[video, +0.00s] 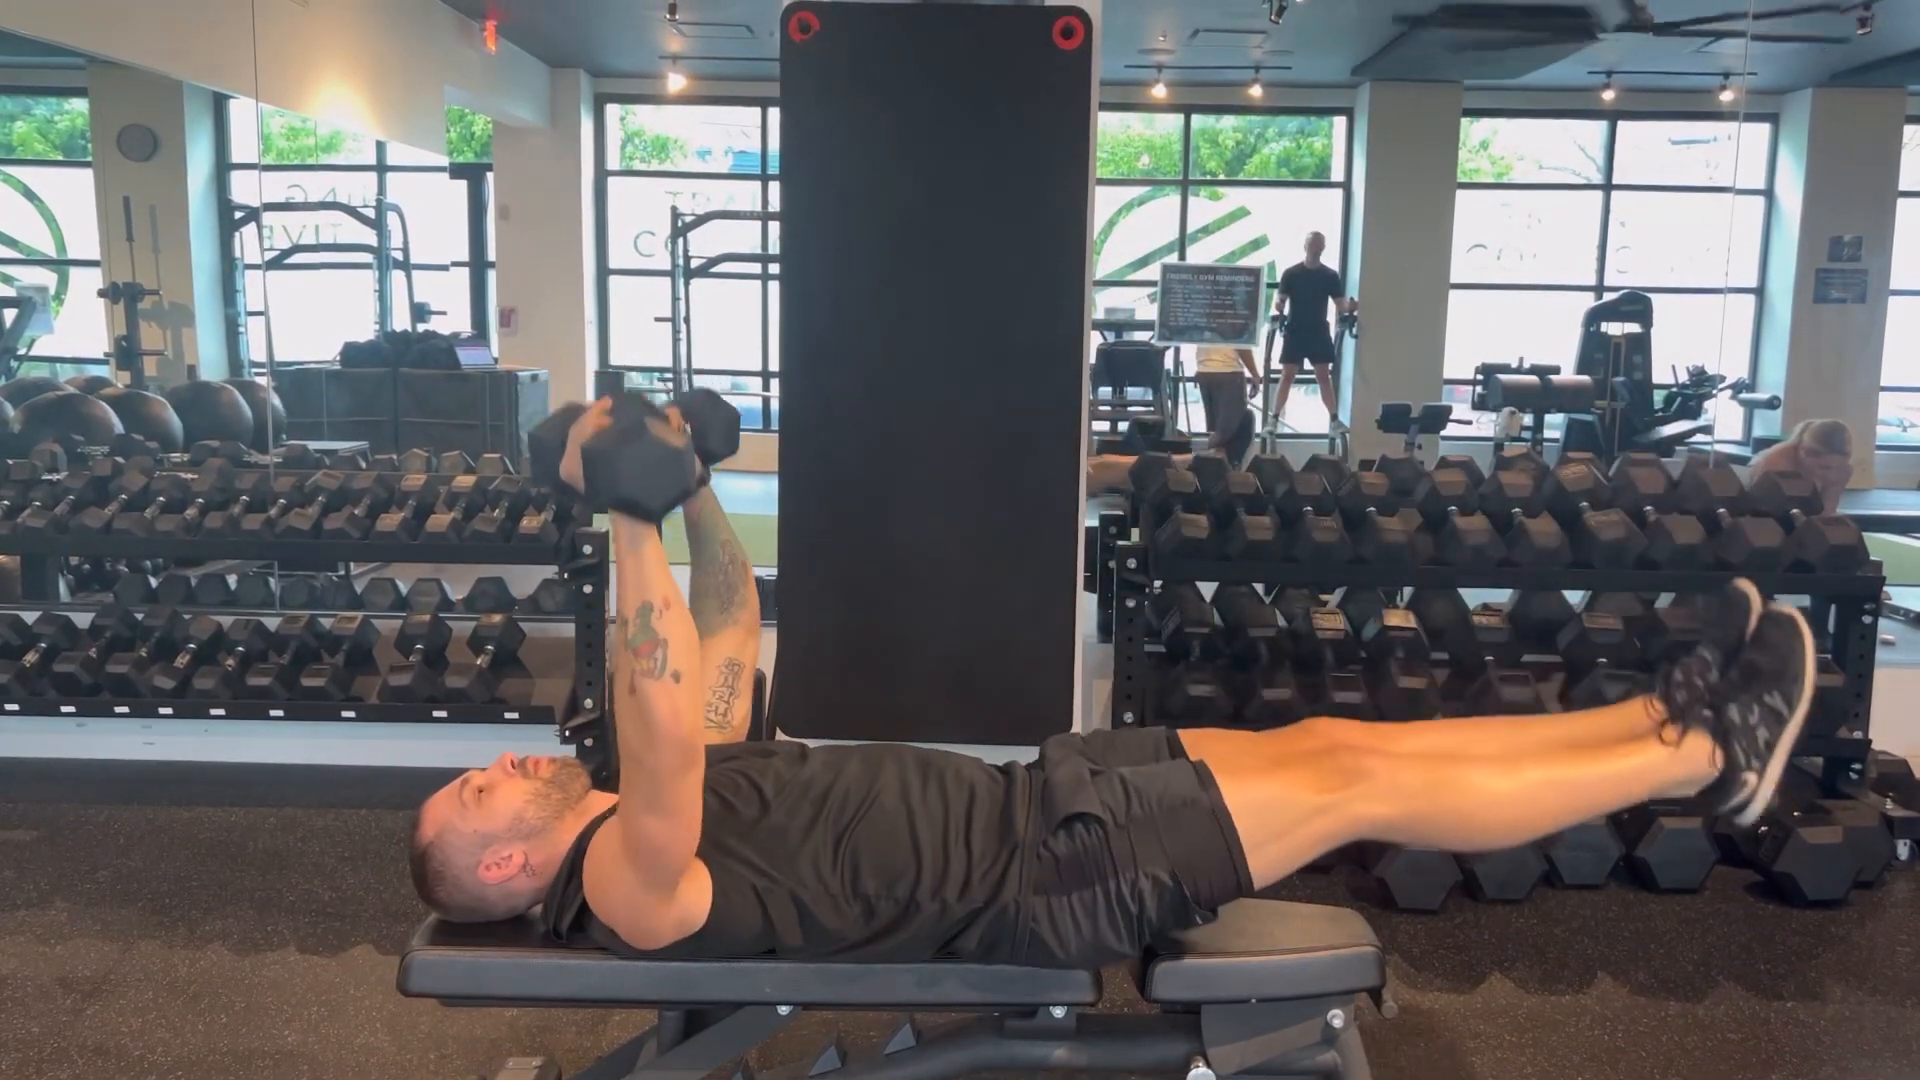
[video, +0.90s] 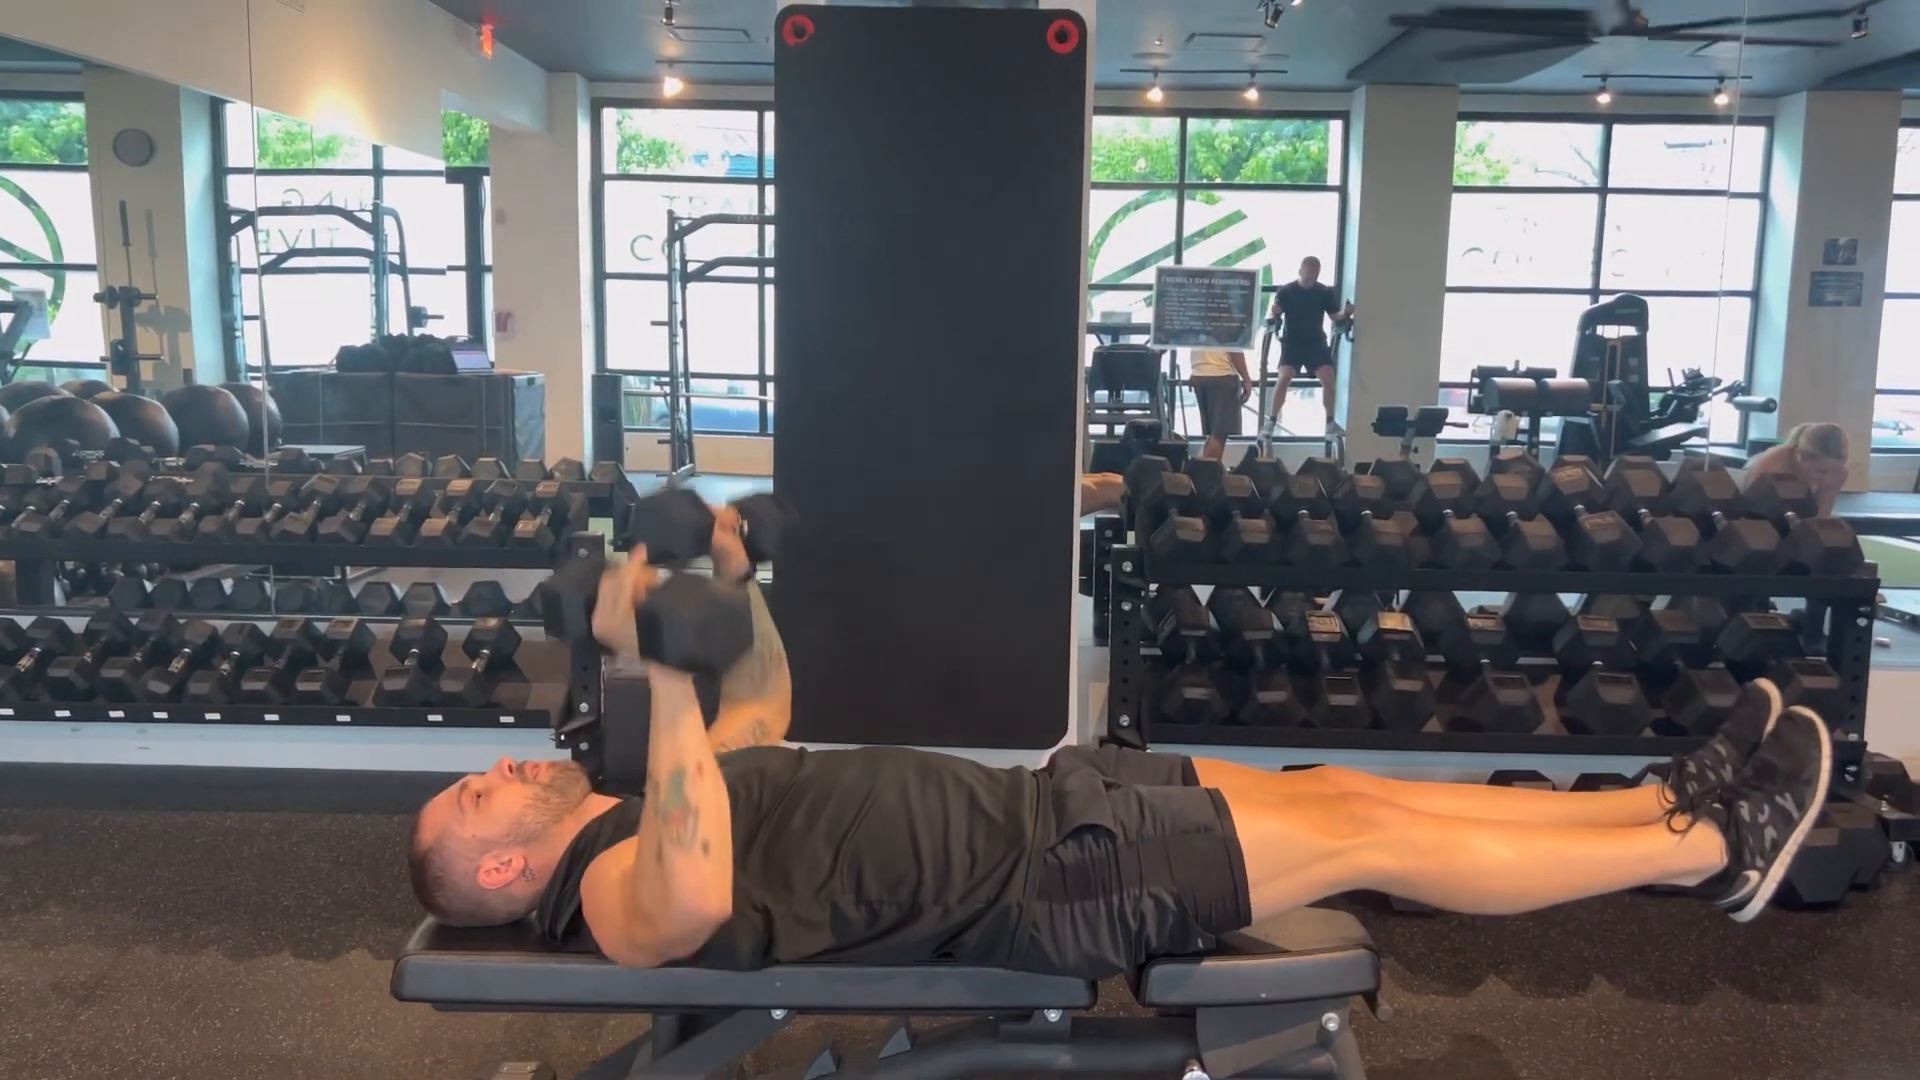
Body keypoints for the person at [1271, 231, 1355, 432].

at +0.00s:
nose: (1314, 250)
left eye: (1317, 246)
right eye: (1311, 246)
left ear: (1322, 248)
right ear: (1306, 246)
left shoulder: (1330, 276)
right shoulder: (1291, 274)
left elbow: (1340, 305)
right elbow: (1280, 302)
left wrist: (1351, 306)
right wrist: (1280, 311)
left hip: (1319, 330)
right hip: (1294, 329)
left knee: (1323, 375)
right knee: (1288, 374)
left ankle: (1334, 419)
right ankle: (1274, 418)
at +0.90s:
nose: (1309, 280)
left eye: (1312, 277)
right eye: (1306, 276)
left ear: (1318, 275)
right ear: (1299, 272)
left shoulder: (1325, 293)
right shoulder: (1287, 292)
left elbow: (1335, 317)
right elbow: (1274, 315)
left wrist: (1345, 314)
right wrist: (1273, 314)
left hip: (1316, 342)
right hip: (1292, 342)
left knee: (1328, 378)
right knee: (1284, 378)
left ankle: (1330, 423)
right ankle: (1271, 421)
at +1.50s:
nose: (1307, 282)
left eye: (1310, 278)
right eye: (1303, 278)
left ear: (1315, 278)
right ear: (1297, 277)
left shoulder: (1321, 300)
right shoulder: (1285, 300)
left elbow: (1333, 323)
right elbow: (1271, 324)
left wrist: (1344, 319)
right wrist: (1272, 319)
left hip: (1314, 352)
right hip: (1291, 353)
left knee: (1314, 399)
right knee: (1290, 399)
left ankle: (1311, 442)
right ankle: (1286, 441)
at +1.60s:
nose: (1306, 284)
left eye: (1309, 280)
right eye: (1302, 279)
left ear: (1314, 280)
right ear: (1296, 279)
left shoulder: (1320, 301)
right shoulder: (1284, 301)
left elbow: (1334, 323)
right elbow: (1272, 333)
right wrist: (1273, 321)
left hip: (1312, 356)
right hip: (1289, 356)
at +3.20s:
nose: (1303, 288)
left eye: (1306, 284)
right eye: (1299, 284)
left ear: (1310, 287)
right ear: (1293, 288)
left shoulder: (1320, 311)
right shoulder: (1284, 312)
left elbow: (1332, 334)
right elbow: (1271, 332)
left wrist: (1343, 328)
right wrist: (1271, 329)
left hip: (1314, 358)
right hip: (1291, 357)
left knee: (1319, 393)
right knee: (1299, 381)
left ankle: (1323, 435)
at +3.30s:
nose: (1303, 285)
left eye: (1306, 282)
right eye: (1299, 282)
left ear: (1310, 286)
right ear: (1292, 286)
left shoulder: (1320, 310)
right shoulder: (1283, 311)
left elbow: (1332, 334)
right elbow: (1272, 336)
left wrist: (1342, 329)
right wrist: (1272, 329)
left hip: (1314, 358)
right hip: (1289, 359)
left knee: (1323, 357)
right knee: (1301, 353)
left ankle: (1330, 391)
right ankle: (1309, 396)